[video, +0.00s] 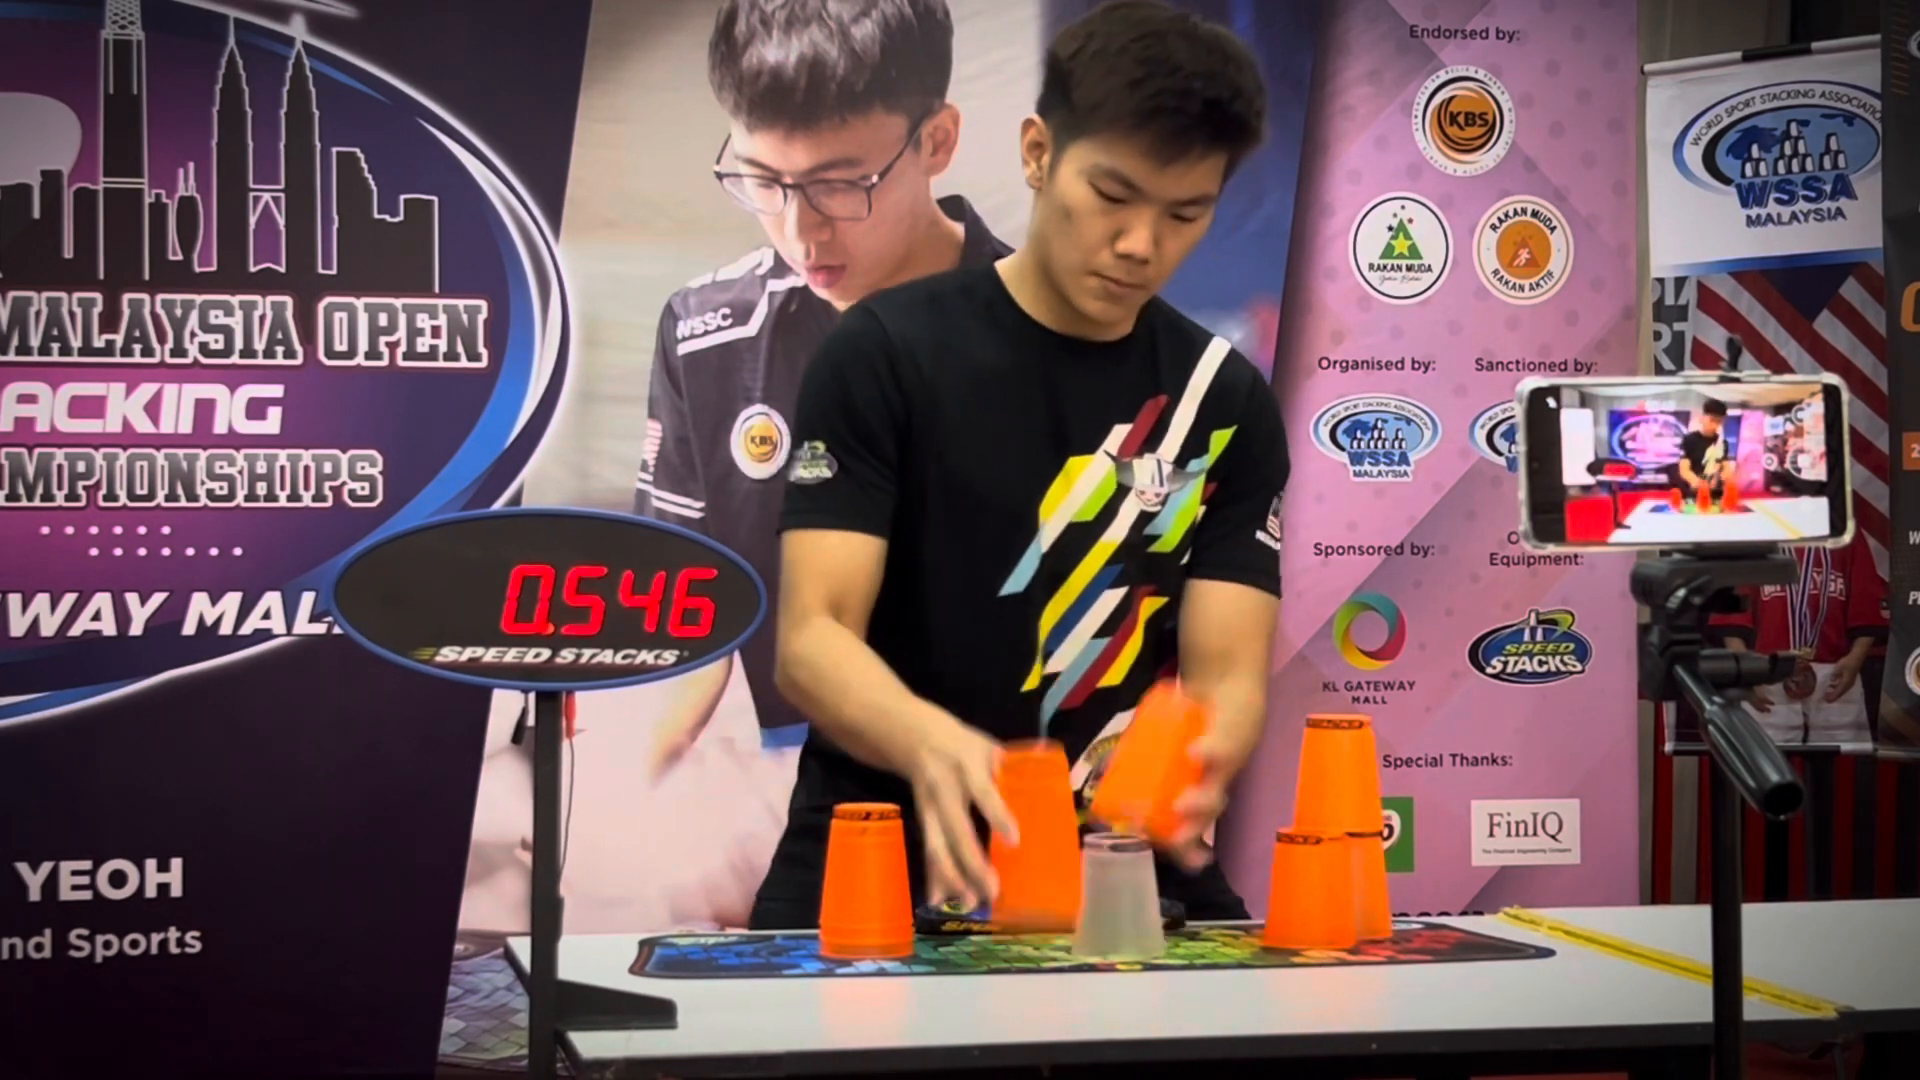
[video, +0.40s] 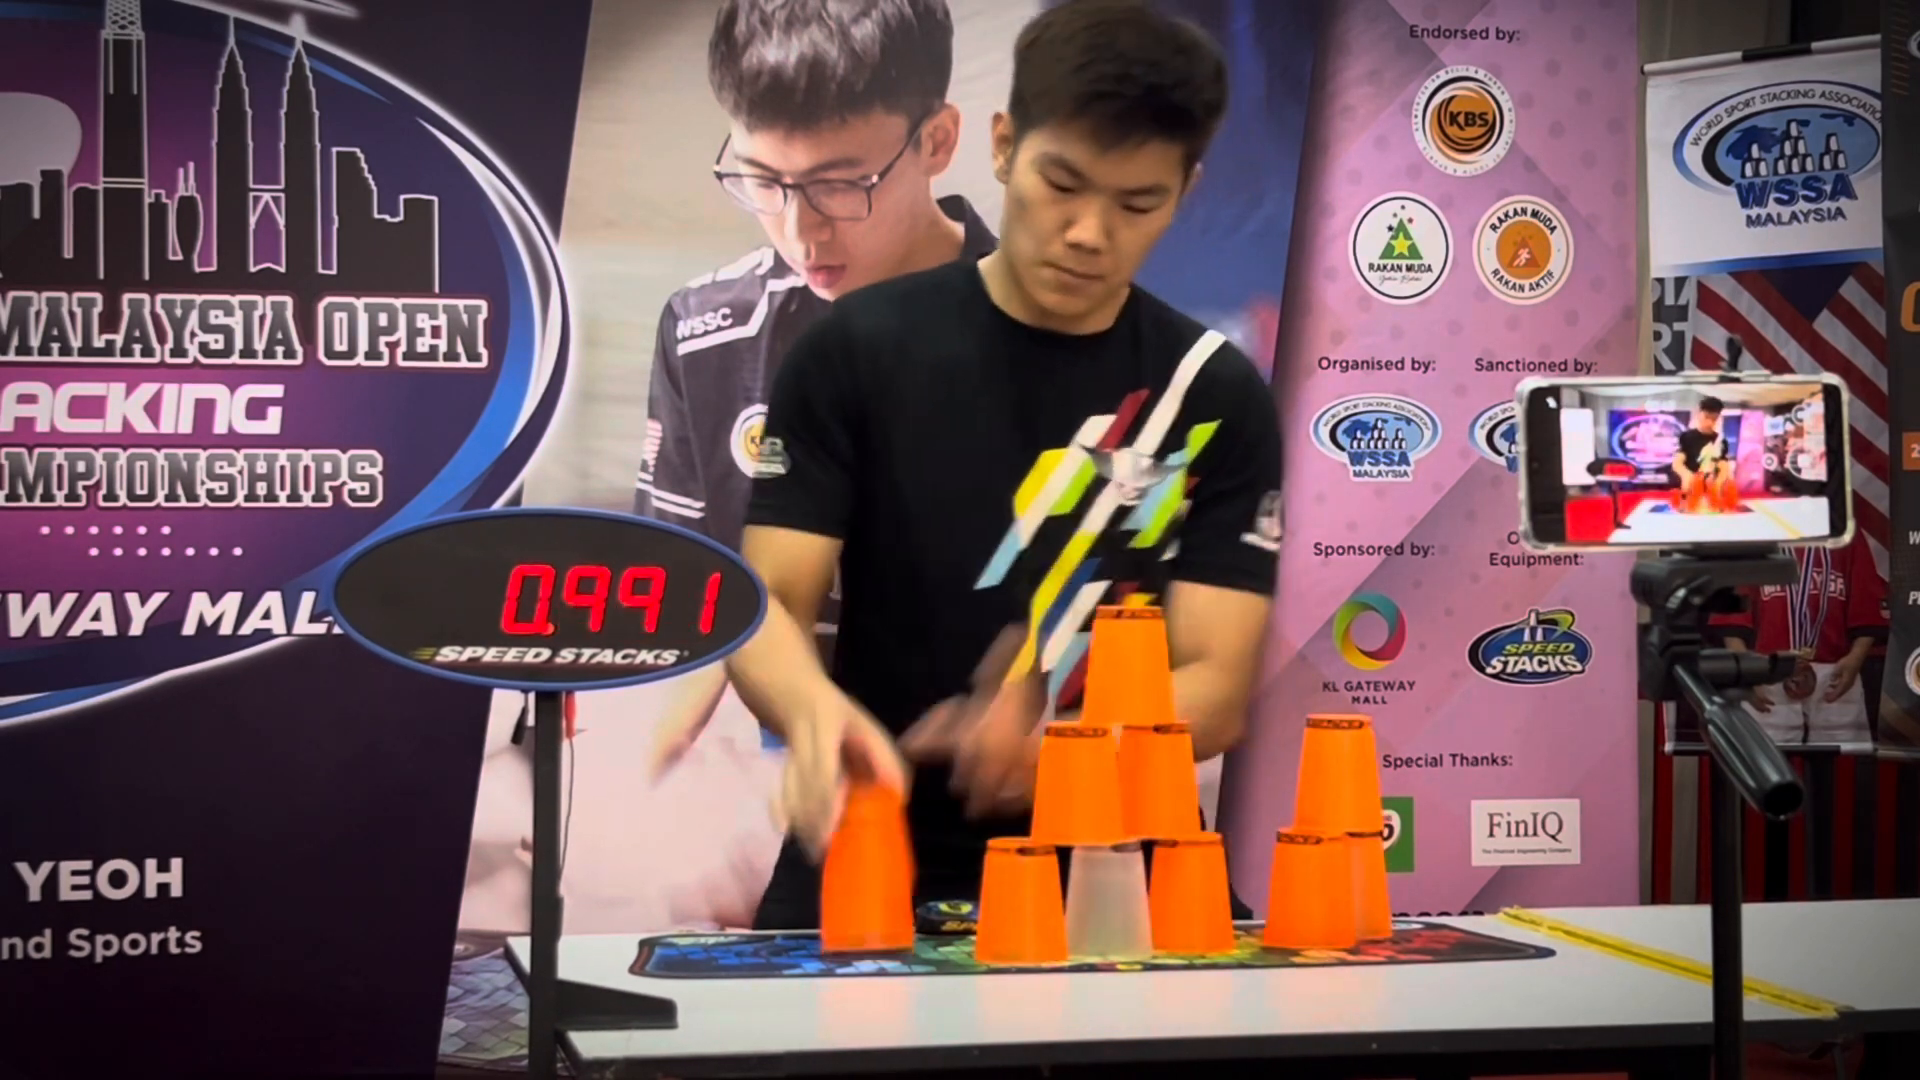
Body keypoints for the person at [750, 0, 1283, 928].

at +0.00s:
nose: (1139, 246)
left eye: (1184, 211)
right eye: (1111, 192)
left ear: (1217, 198)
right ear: (1037, 155)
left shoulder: (1229, 405)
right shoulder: (885, 353)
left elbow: (1227, 673)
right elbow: (812, 635)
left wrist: (1184, 763)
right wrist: (927, 745)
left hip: (1116, 892)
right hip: (874, 885)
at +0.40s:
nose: (1089, 235)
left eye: (1136, 204)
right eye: (1062, 183)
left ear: (1182, 194)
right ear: (1002, 146)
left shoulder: (1216, 396)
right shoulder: (856, 351)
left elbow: (1218, 686)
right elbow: (765, 608)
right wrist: (811, 709)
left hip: (1094, 894)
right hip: (867, 877)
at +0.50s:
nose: (1050, 228)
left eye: (1099, 196)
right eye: (1025, 176)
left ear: (1150, 187)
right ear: (969, 140)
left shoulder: (1189, 394)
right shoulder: (826, 346)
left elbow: (1181, 697)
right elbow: (740, 593)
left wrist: (1007, 749)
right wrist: (746, 679)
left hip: (1073, 895)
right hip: (841, 882)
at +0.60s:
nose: (801, 233)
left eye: (842, 183)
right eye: (763, 179)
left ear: (940, 143)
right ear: (734, 139)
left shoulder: (1029, 311)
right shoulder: (701, 331)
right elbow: (680, 574)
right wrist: (711, 706)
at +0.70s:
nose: (801, 236)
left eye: (843, 183)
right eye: (764, 181)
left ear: (938, 144)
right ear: (733, 144)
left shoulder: (1033, 315)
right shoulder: (702, 331)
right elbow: (673, 566)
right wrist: (699, 653)